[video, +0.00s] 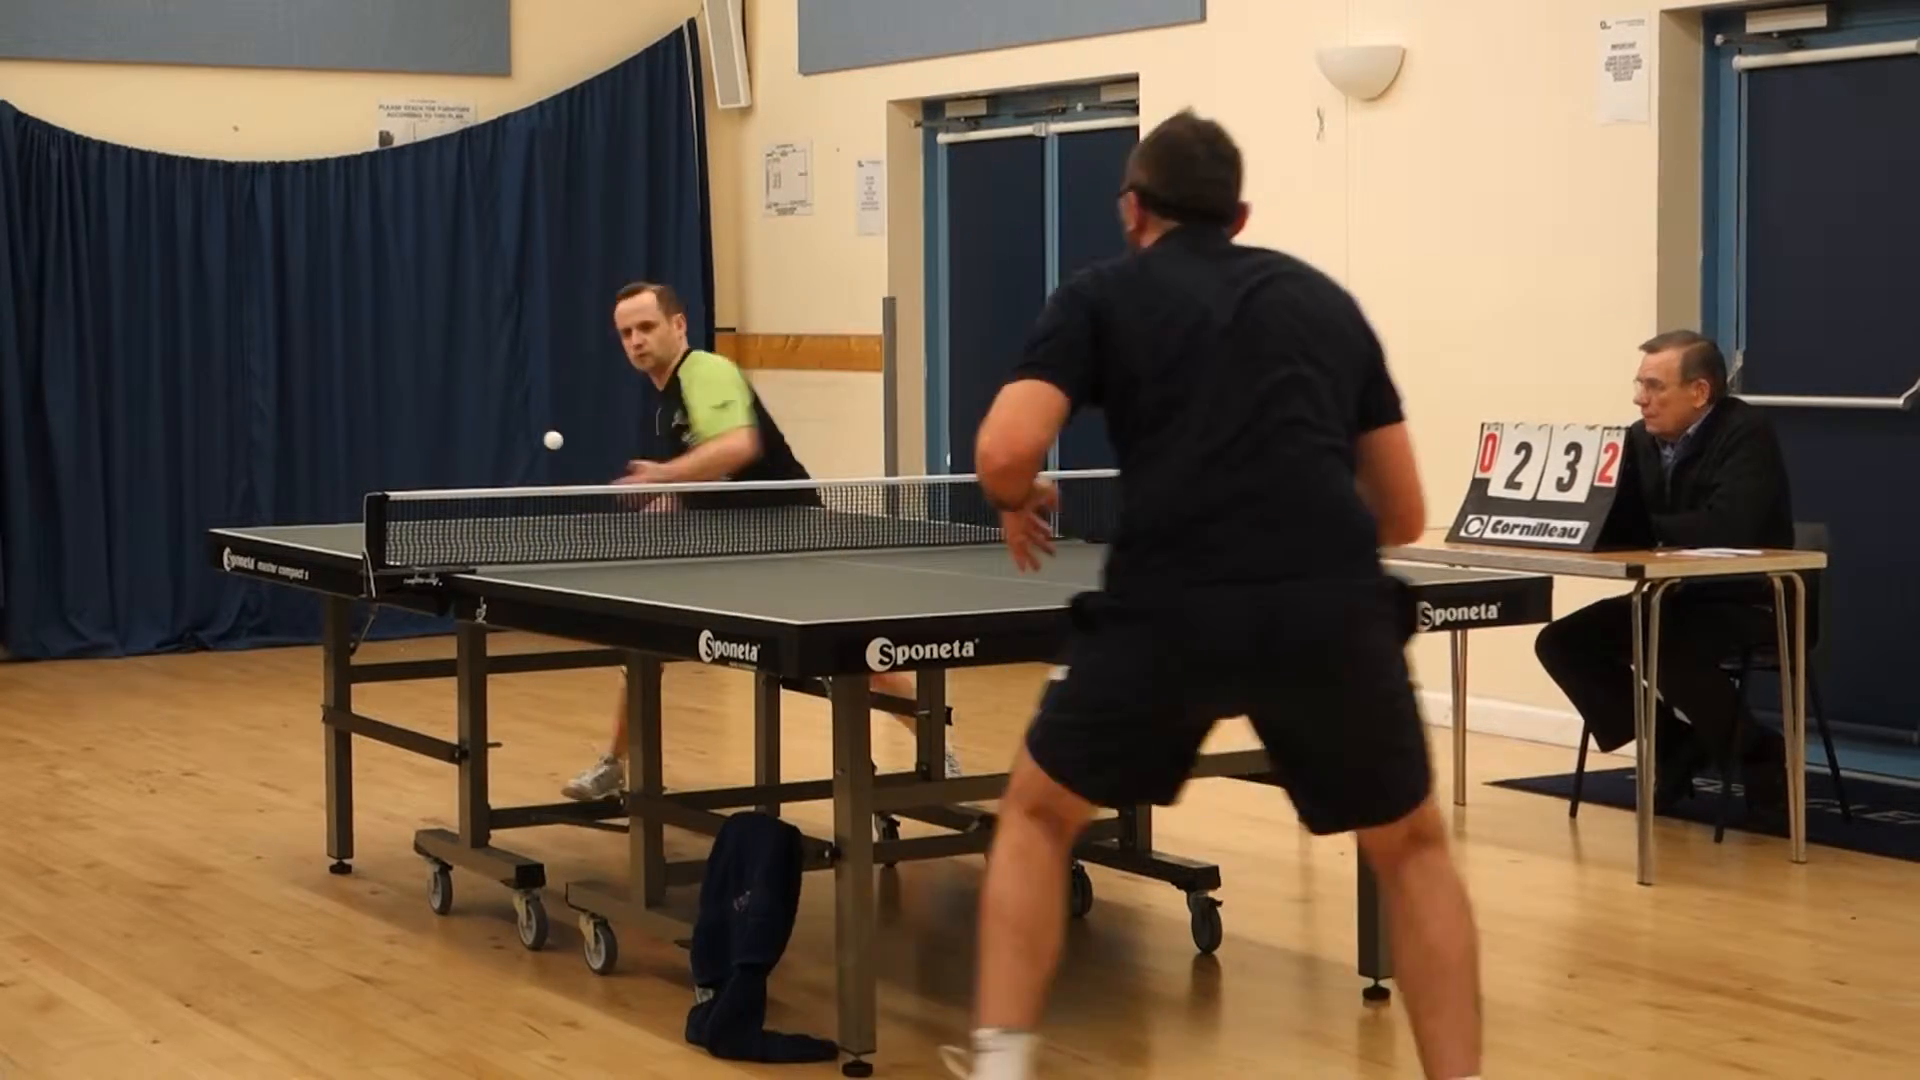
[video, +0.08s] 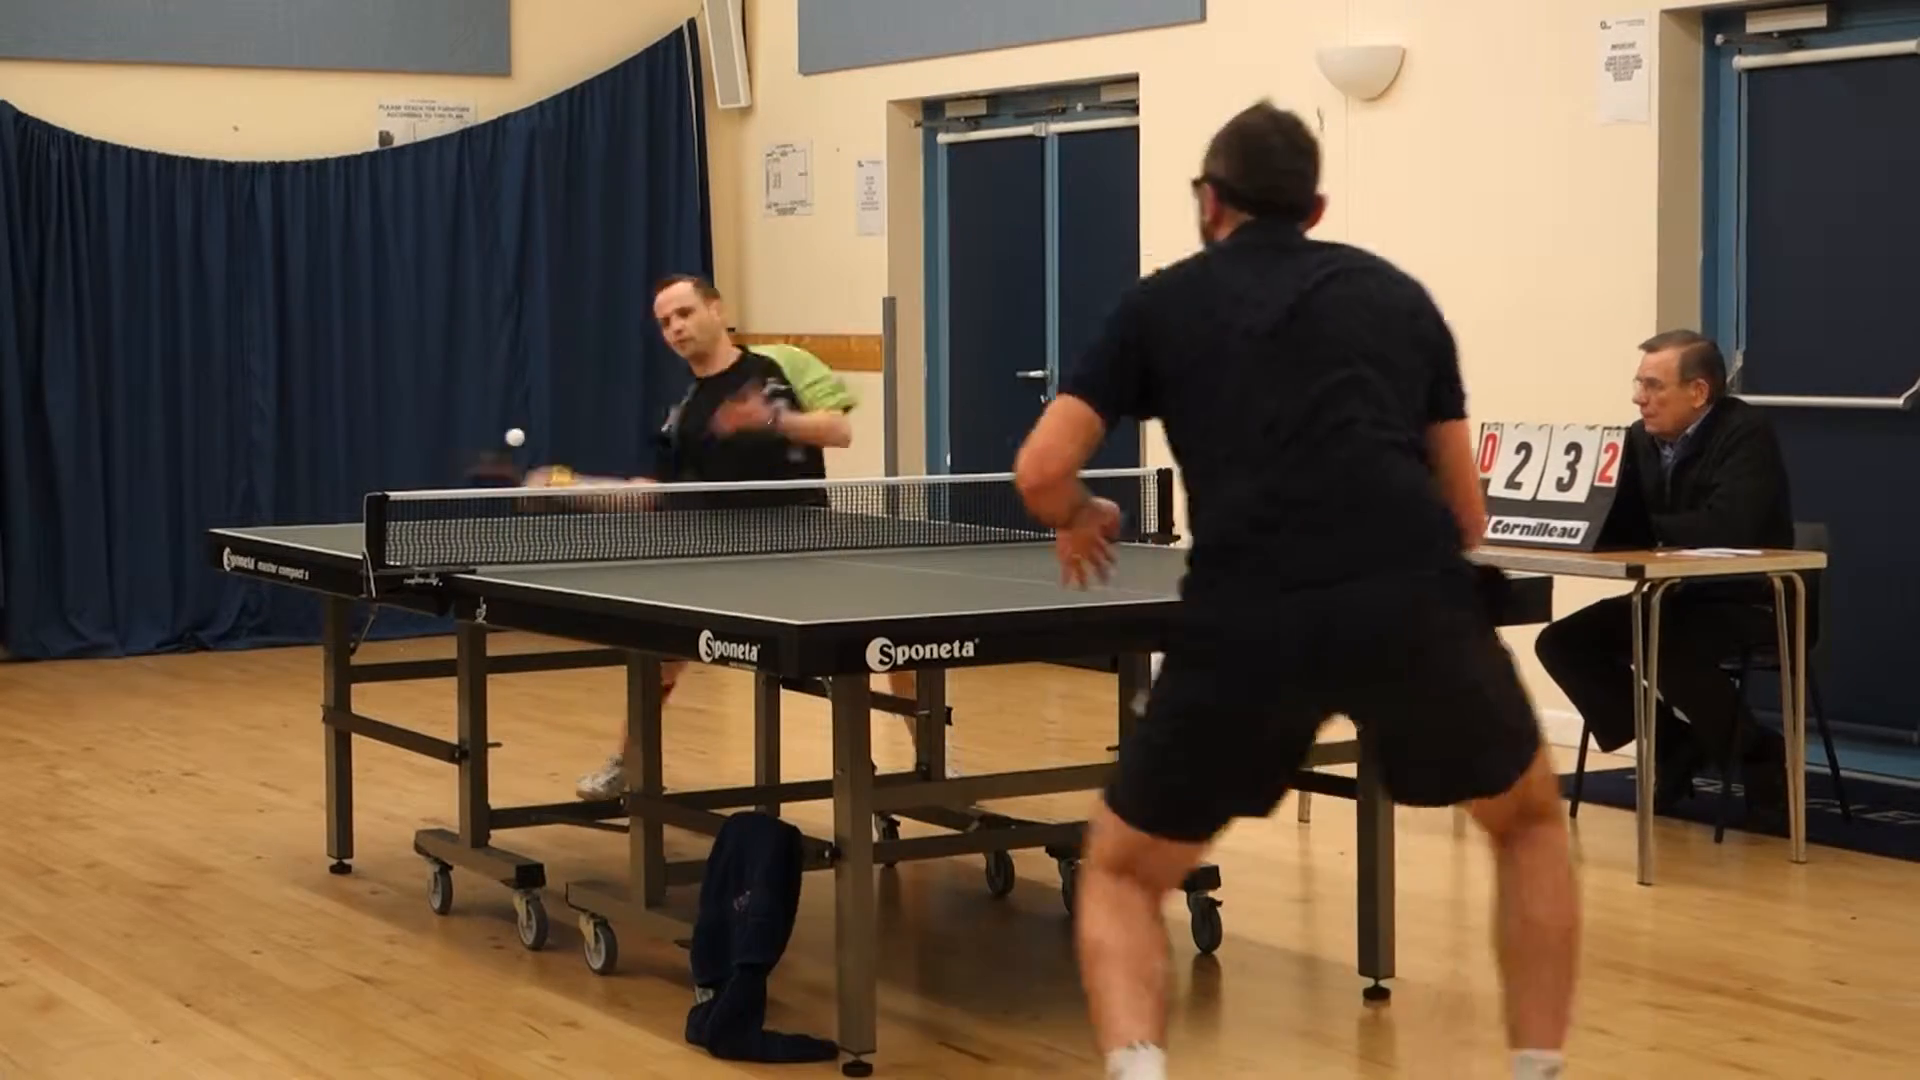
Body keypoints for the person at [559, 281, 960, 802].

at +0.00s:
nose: (634, 342)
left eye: (645, 328)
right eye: (625, 334)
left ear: (678, 326)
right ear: (622, 340)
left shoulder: (707, 371)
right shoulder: (668, 390)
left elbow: (741, 443)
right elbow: (707, 458)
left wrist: (666, 471)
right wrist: (677, 493)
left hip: (789, 530)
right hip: (729, 537)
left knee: (848, 650)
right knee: (645, 633)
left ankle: (936, 743)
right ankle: (618, 763)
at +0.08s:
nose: (674, 329)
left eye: (683, 314)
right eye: (664, 323)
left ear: (718, 311)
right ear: (662, 335)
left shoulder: (784, 364)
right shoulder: (681, 413)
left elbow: (839, 431)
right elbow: (659, 498)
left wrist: (772, 417)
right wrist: (579, 491)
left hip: (796, 545)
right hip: (712, 553)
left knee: (890, 628)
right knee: (662, 643)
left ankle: (930, 759)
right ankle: (627, 762)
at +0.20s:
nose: (775, 345)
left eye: (785, 336)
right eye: (765, 335)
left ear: (803, 350)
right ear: (744, 347)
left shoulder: (818, 419)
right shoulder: (732, 403)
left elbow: (897, 448)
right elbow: (738, 339)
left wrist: (893, 387)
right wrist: (813, 305)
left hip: (804, 568)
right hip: (735, 567)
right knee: (720, 685)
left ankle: (861, 796)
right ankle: (653, 772)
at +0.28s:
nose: (805, 360)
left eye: (815, 349)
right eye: (792, 349)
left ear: (828, 357)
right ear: (768, 352)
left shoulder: (822, 439)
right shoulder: (749, 410)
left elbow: (861, 506)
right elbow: (772, 346)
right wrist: (845, 318)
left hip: (812, 572)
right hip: (743, 572)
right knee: (723, 696)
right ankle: (647, 768)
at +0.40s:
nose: (799, 332)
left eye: (806, 322)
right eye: (787, 321)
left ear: (814, 332)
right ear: (761, 329)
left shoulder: (796, 396)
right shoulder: (734, 379)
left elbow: (786, 490)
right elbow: (719, 353)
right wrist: (779, 311)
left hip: (787, 547)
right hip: (727, 549)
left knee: (904, 619)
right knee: (704, 665)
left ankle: (930, 763)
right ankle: (634, 772)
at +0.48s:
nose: (778, 311)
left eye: (786, 300)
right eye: (767, 298)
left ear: (793, 302)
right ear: (737, 297)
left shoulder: (783, 371)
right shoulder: (711, 344)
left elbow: (775, 455)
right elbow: (663, 355)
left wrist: (814, 513)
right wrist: (719, 312)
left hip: (765, 525)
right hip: (695, 525)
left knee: (841, 625)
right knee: (664, 649)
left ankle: (902, 746)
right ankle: (628, 763)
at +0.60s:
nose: (745, 257)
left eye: (752, 246)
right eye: (731, 246)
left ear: (759, 254)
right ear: (699, 253)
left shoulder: (771, 337)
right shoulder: (659, 319)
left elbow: (791, 416)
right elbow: (597, 374)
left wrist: (812, 475)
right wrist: (628, 357)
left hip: (736, 506)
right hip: (656, 506)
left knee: (791, 617)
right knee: (629, 630)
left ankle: (785, 747)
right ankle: (596, 751)